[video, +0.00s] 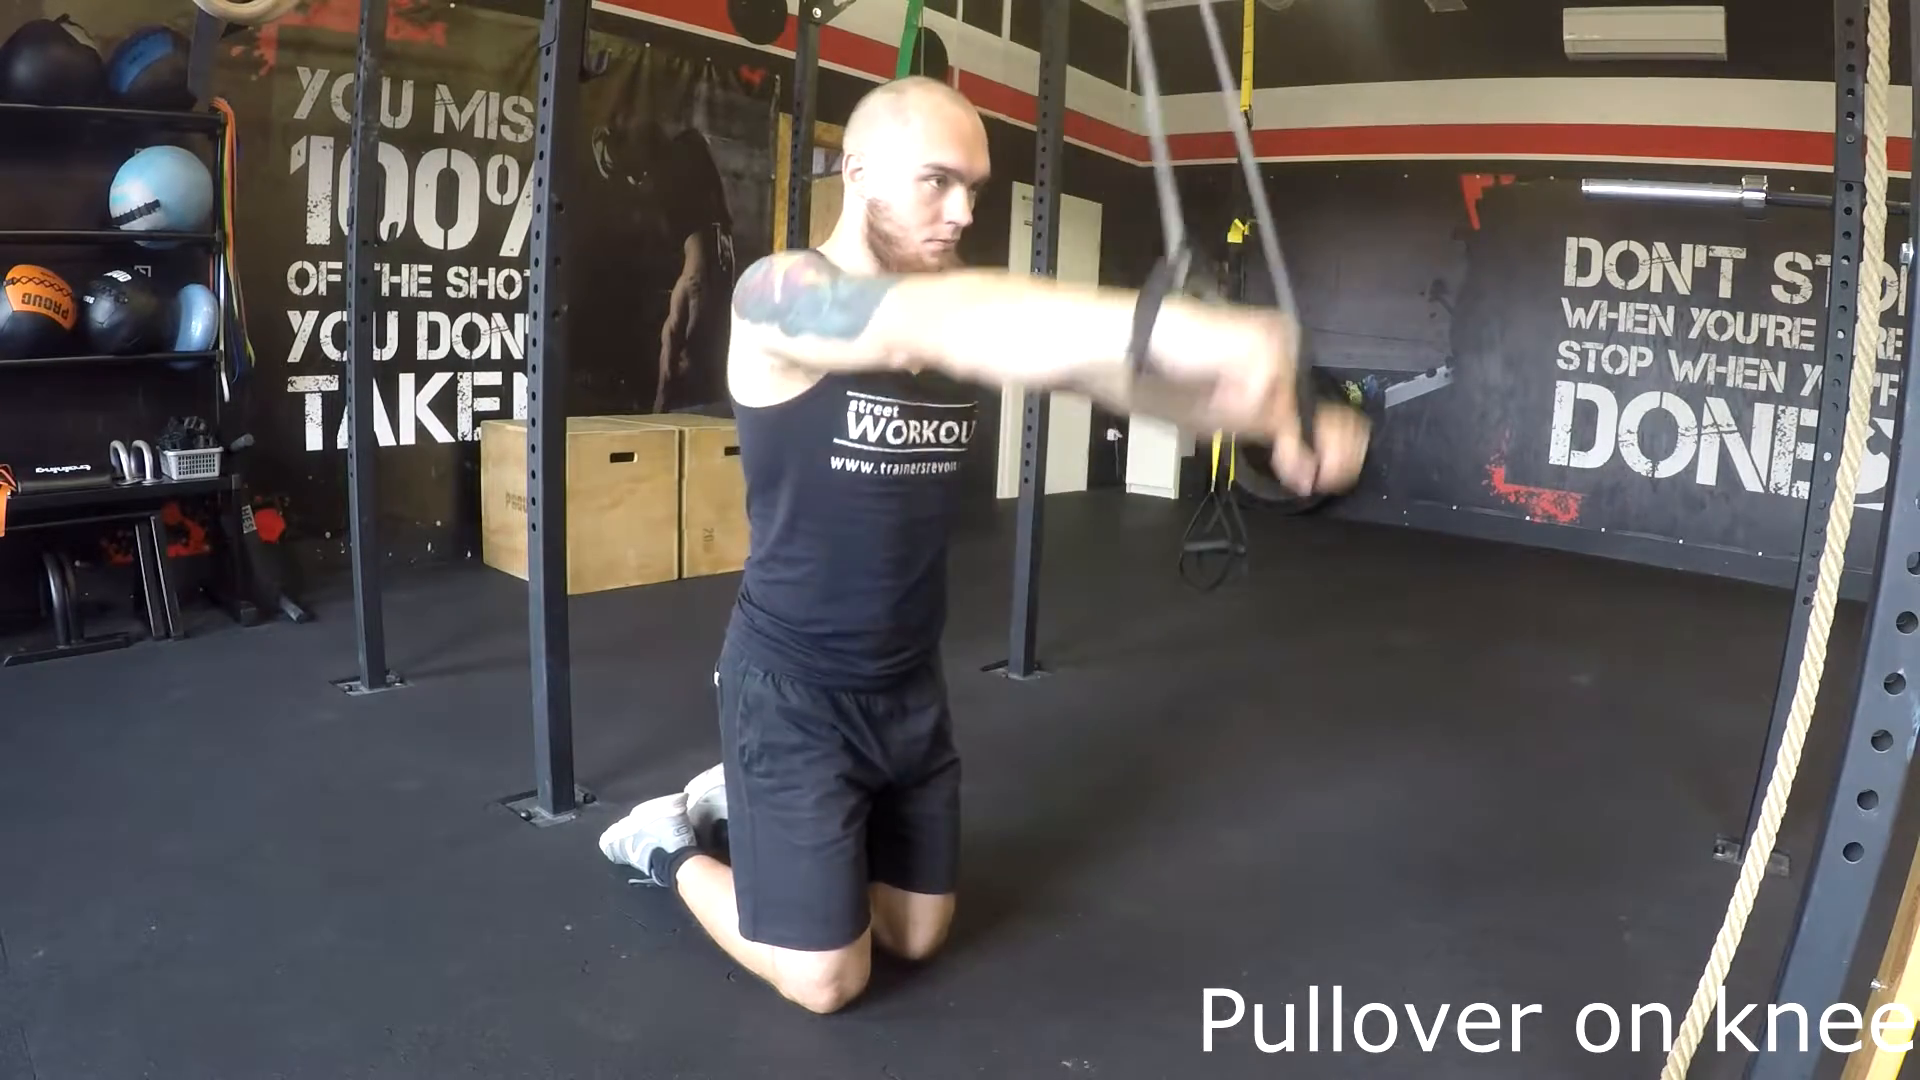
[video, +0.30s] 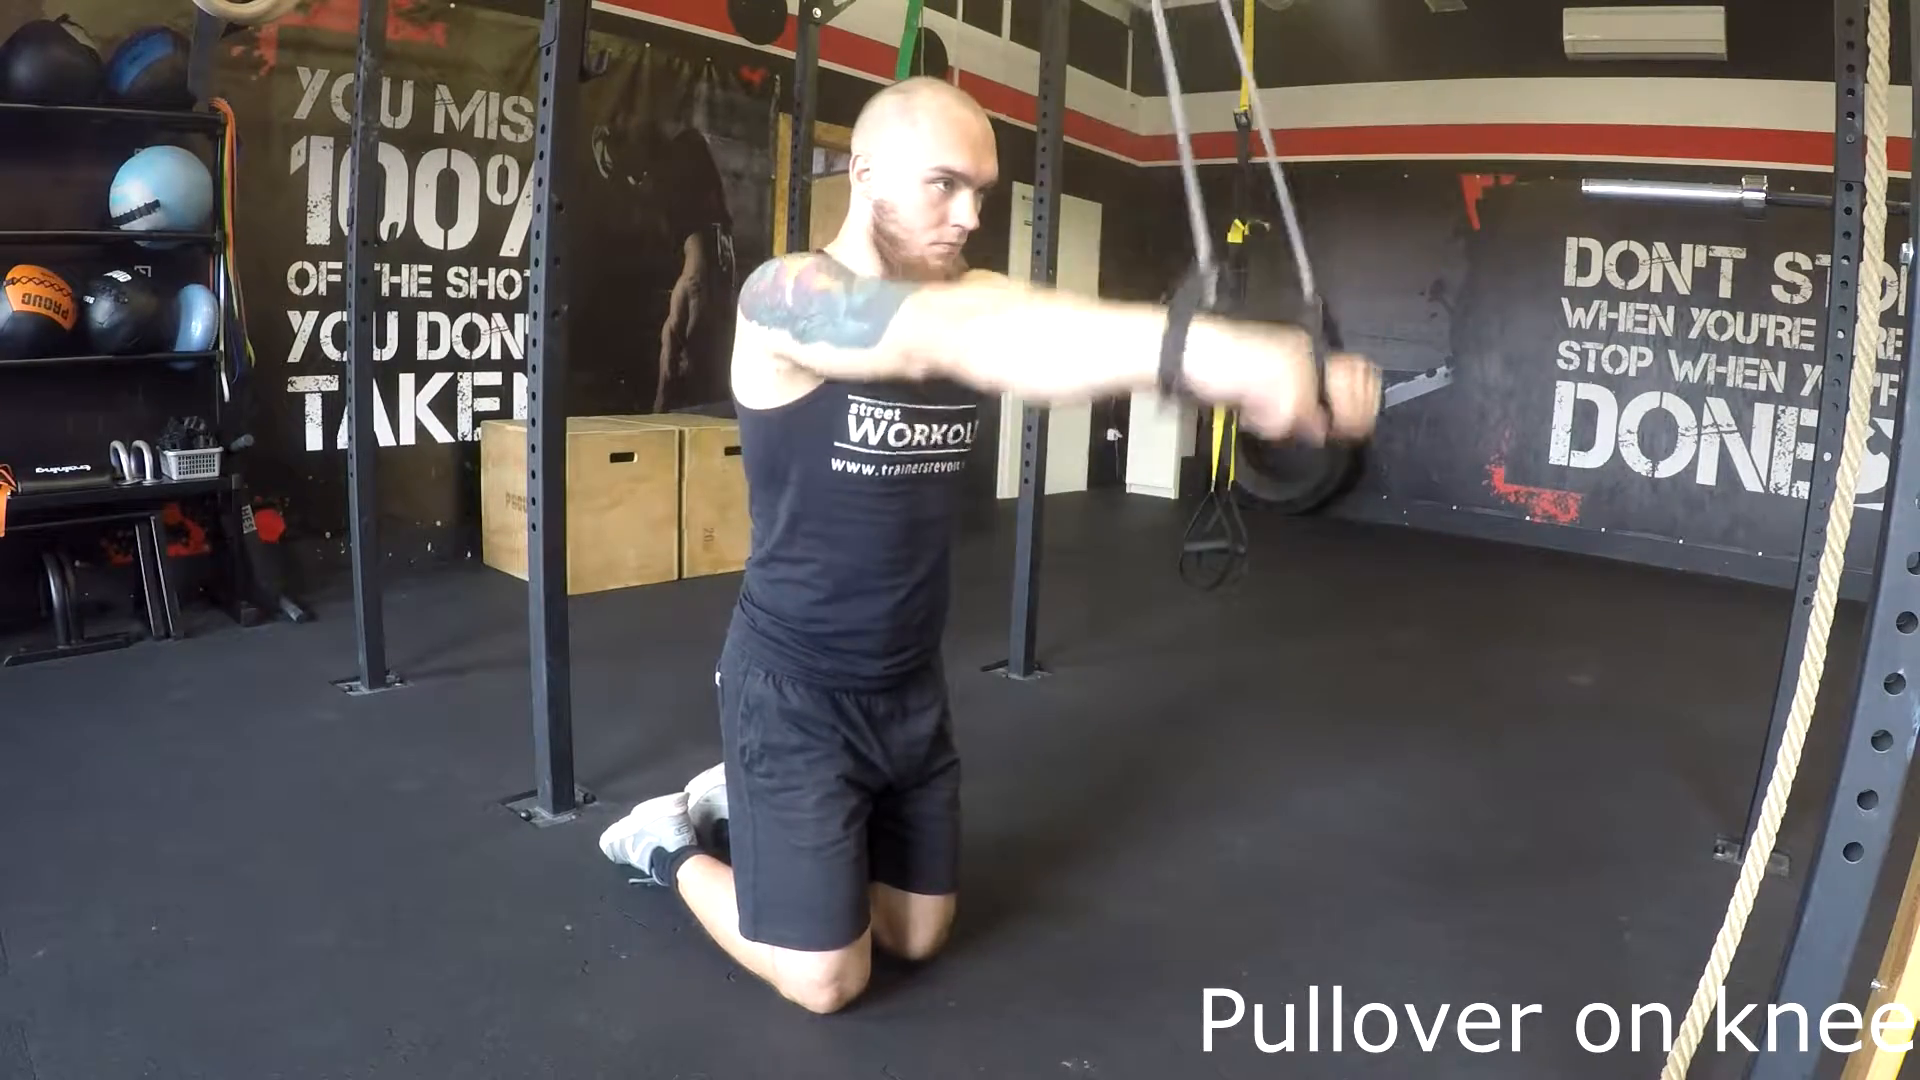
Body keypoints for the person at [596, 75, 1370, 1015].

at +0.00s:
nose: (960, 214)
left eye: (974, 191)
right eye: (936, 182)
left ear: (979, 196)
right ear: (857, 172)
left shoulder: (967, 312)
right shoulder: (776, 291)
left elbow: (1096, 370)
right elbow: (927, 328)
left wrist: (1257, 415)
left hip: (908, 680)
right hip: (790, 682)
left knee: (915, 933)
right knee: (822, 979)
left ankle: (744, 804)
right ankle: (671, 856)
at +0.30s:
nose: (968, 217)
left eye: (983, 194)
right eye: (945, 186)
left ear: (986, 197)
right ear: (865, 174)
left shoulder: (961, 302)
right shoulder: (784, 293)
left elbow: (1054, 356)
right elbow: (953, 336)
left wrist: (1266, 372)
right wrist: (1197, 351)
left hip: (909, 681)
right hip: (793, 684)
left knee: (916, 932)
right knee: (822, 980)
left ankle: (745, 806)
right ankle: (676, 854)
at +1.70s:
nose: (990, 204)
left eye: (1000, 178)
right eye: (964, 172)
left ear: (1005, 187)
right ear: (886, 177)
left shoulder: (996, 330)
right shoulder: (796, 320)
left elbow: (1093, 496)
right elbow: (802, 545)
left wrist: (1196, 640)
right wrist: (858, 751)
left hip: (917, 674)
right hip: (802, 683)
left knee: (918, 931)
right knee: (824, 979)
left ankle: (746, 806)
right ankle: (669, 853)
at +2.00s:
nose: (978, 206)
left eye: (990, 183)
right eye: (951, 177)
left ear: (992, 188)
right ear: (867, 173)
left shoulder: (984, 303)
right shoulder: (791, 294)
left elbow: (1123, 376)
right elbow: (949, 369)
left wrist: (1334, 453)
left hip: (916, 683)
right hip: (797, 686)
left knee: (916, 931)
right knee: (822, 978)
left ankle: (759, 807)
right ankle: (672, 852)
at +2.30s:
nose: (981, 214)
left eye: (993, 189)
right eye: (958, 183)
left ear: (991, 193)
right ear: (874, 175)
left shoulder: (977, 308)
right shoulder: (790, 299)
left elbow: (1128, 349)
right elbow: (969, 324)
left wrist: (1319, 373)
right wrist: (1245, 324)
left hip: (912, 684)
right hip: (797, 685)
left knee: (916, 931)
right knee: (820, 976)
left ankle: (755, 807)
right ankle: (672, 853)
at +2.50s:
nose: (982, 215)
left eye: (996, 188)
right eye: (958, 183)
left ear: (1003, 190)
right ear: (877, 179)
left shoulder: (983, 315)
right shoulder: (797, 312)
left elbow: (1136, 420)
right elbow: (952, 453)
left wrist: (1319, 525)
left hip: (914, 685)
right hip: (797, 687)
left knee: (915, 930)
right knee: (822, 981)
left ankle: (750, 807)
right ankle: (675, 852)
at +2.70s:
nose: (988, 211)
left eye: (998, 183)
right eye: (962, 178)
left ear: (1003, 190)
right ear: (881, 176)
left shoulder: (994, 333)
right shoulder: (798, 325)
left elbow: (1089, 498)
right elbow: (842, 555)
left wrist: (1198, 660)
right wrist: (919, 762)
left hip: (911, 671)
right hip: (797, 678)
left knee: (919, 928)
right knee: (824, 980)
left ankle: (750, 806)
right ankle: (672, 857)